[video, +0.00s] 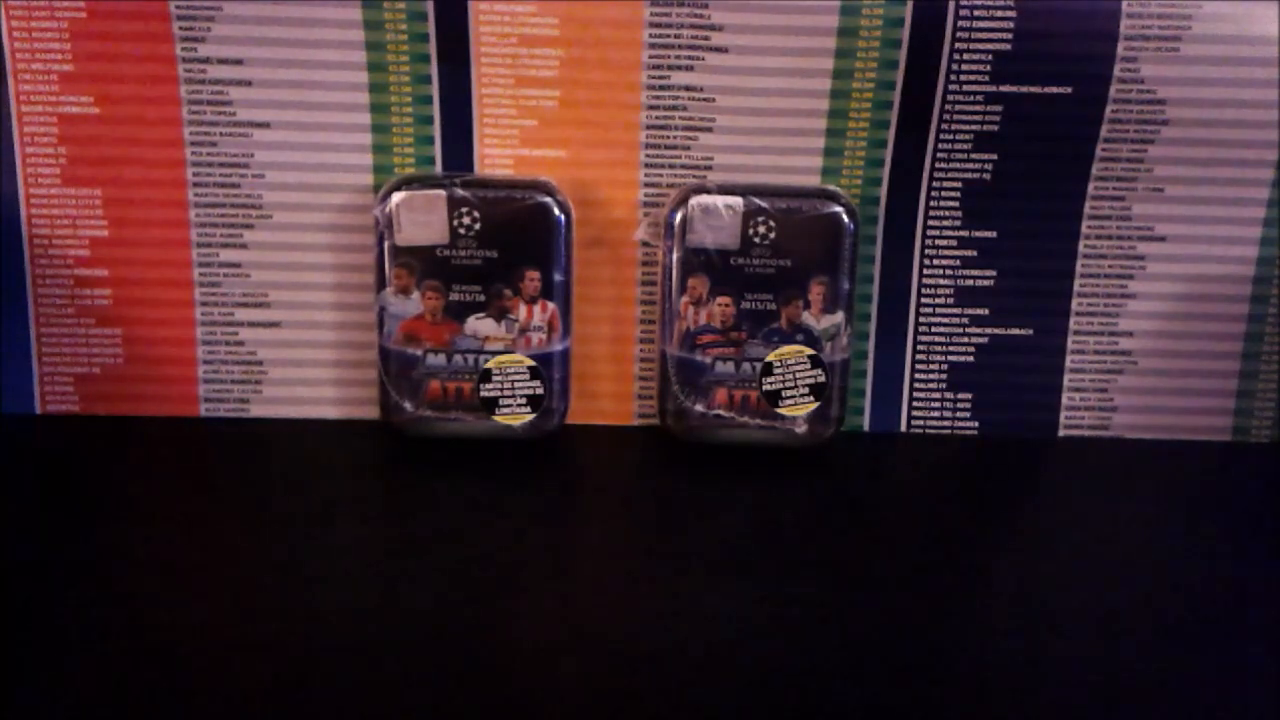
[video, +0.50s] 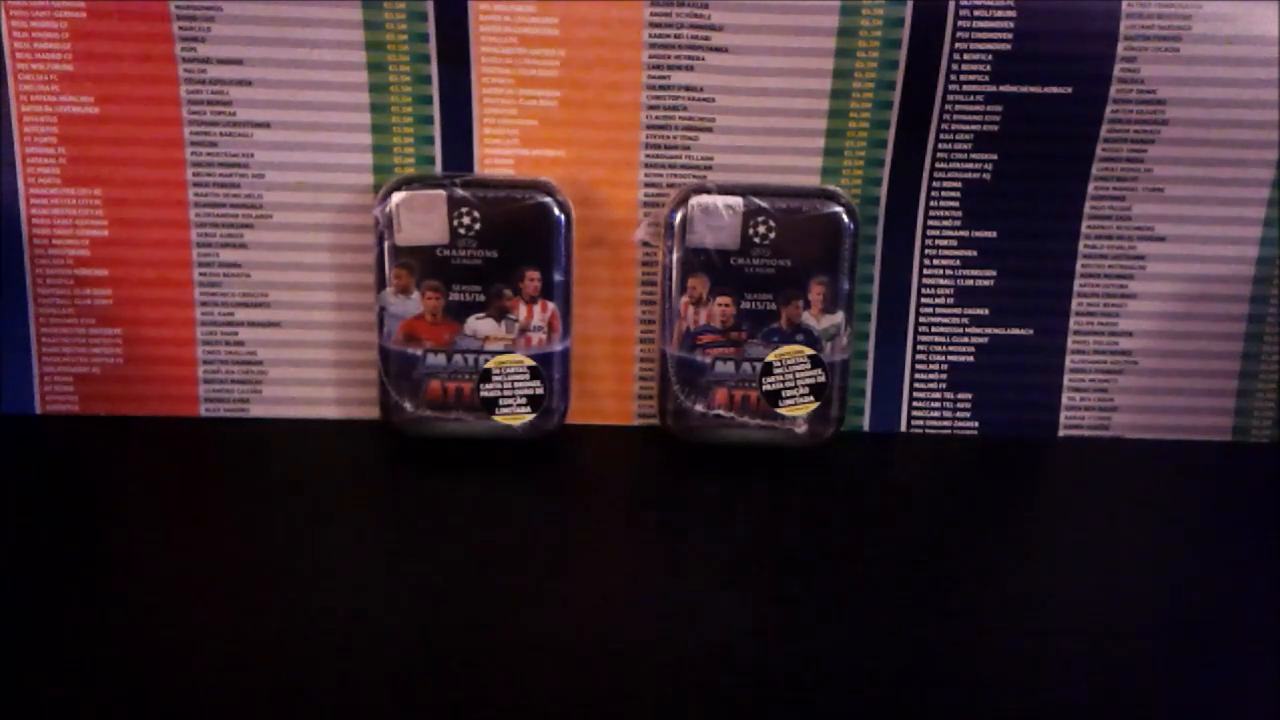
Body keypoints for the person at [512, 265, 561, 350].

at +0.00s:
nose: (536, 285)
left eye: (539, 281)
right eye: (531, 280)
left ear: (541, 283)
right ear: (521, 284)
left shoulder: (551, 308)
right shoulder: (512, 306)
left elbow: (556, 335)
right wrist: (520, 329)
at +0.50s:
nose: (536, 285)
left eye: (539, 281)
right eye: (531, 280)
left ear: (541, 283)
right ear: (521, 284)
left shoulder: (550, 308)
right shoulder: (513, 305)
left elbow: (556, 337)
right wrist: (520, 328)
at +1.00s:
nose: (536, 285)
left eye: (538, 281)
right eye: (531, 280)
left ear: (541, 283)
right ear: (521, 284)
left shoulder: (550, 308)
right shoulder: (512, 305)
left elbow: (556, 336)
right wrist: (520, 328)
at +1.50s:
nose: (536, 285)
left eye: (538, 281)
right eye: (531, 280)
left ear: (541, 283)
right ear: (521, 284)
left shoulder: (551, 308)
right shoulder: (513, 305)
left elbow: (556, 336)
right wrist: (520, 329)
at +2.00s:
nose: (536, 285)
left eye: (539, 281)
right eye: (531, 280)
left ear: (541, 283)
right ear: (521, 284)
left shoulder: (550, 308)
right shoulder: (512, 305)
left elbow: (556, 336)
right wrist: (520, 328)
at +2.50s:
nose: (536, 285)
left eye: (539, 281)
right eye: (531, 280)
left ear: (541, 283)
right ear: (521, 284)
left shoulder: (550, 308)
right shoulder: (512, 306)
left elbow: (556, 337)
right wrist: (520, 329)